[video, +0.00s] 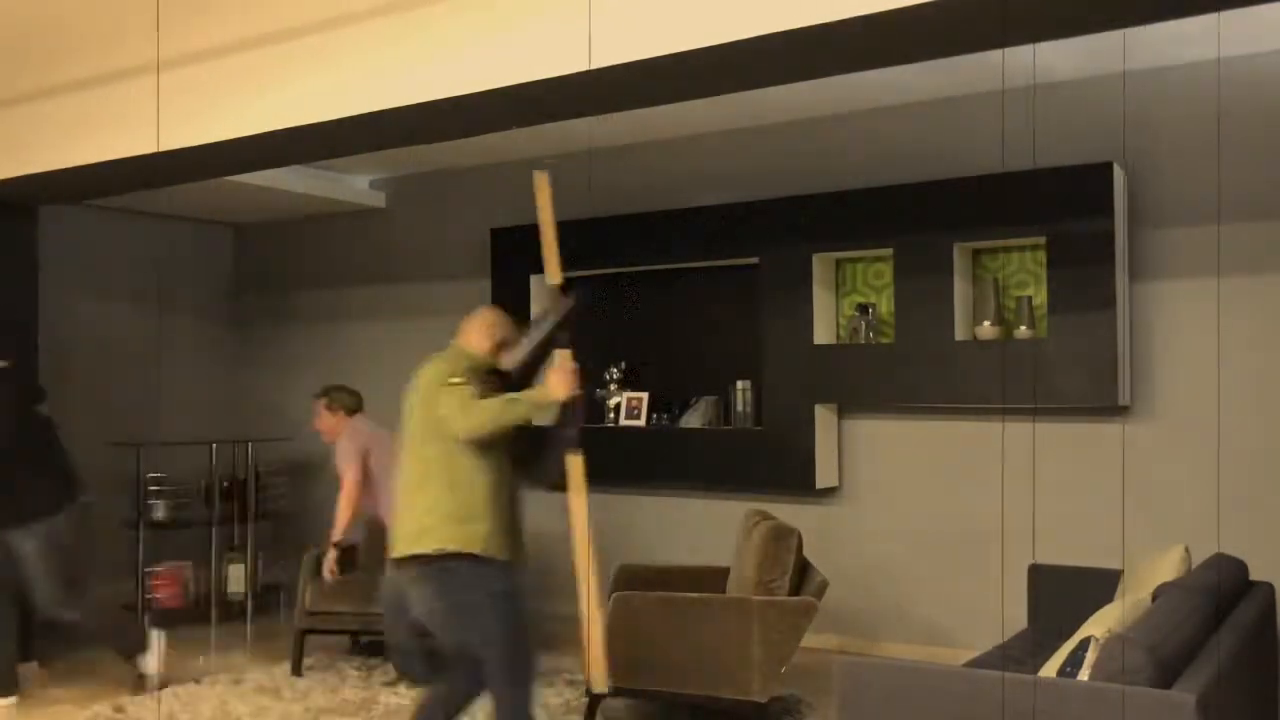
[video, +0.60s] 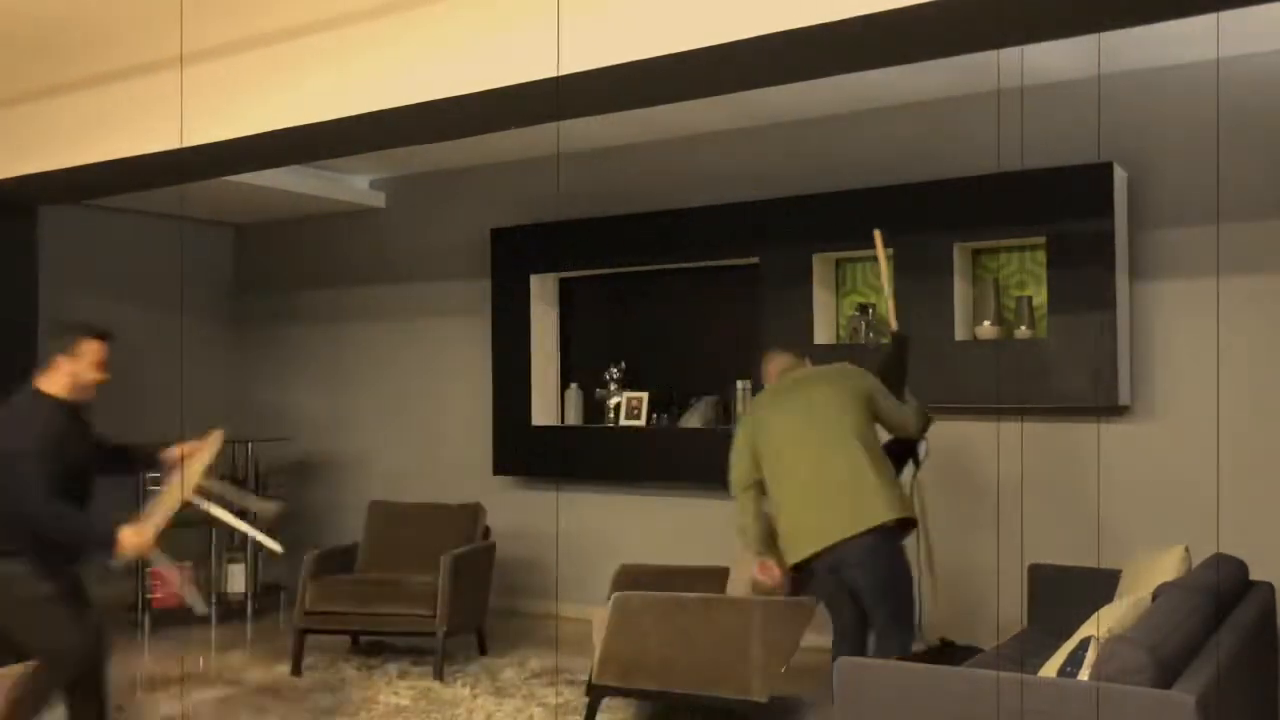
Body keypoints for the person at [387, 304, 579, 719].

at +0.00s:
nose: (507, 358)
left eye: (510, 349)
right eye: (505, 346)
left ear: (466, 334)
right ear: (489, 338)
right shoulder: (449, 372)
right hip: (459, 561)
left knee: (460, 676)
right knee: (510, 675)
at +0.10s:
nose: (585, 359)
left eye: (586, 350)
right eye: (583, 348)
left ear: (546, 342)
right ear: (568, 342)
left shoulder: (516, 386)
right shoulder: (549, 378)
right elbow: (582, 423)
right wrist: (648, 396)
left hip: (519, 552)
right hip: (549, 552)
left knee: (587, 653)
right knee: (589, 655)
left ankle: (576, 711)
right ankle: (577, 713)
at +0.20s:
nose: (645, 347)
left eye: (644, 338)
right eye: (641, 336)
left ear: (602, 339)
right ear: (620, 334)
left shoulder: (563, 393)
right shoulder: (622, 372)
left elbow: (539, 473)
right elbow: (662, 419)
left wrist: (565, 531)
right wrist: (722, 395)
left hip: (584, 548)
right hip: (624, 546)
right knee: (637, 662)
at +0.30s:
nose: (713, 358)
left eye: (710, 351)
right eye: (710, 351)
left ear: (668, 349)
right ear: (704, 347)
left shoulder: (629, 402)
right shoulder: (698, 373)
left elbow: (612, 484)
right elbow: (754, 419)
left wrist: (638, 541)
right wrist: (794, 397)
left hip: (656, 552)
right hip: (706, 545)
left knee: (724, 651)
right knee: (748, 648)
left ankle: (723, 709)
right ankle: (725, 709)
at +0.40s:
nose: (759, 353)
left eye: (755, 348)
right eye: (757, 347)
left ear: (714, 355)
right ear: (751, 347)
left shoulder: (677, 403)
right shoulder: (762, 371)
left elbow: (658, 481)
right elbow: (828, 417)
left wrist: (688, 541)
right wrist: (855, 395)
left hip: (717, 553)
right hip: (772, 545)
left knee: (765, 653)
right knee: (805, 645)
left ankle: (754, 711)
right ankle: (792, 712)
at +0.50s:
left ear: (739, 374)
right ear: (780, 359)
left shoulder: (717, 415)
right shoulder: (812, 373)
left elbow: (697, 487)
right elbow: (880, 420)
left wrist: (709, 557)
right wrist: (889, 397)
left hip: (765, 549)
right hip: (827, 531)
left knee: (828, 650)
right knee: (837, 654)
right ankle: (814, 716)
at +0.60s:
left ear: (766, 381)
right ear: (807, 363)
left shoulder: (752, 418)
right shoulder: (846, 375)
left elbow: (744, 487)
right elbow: (911, 425)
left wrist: (761, 551)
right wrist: (906, 397)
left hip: (808, 543)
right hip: (869, 525)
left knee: (847, 630)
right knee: (893, 626)